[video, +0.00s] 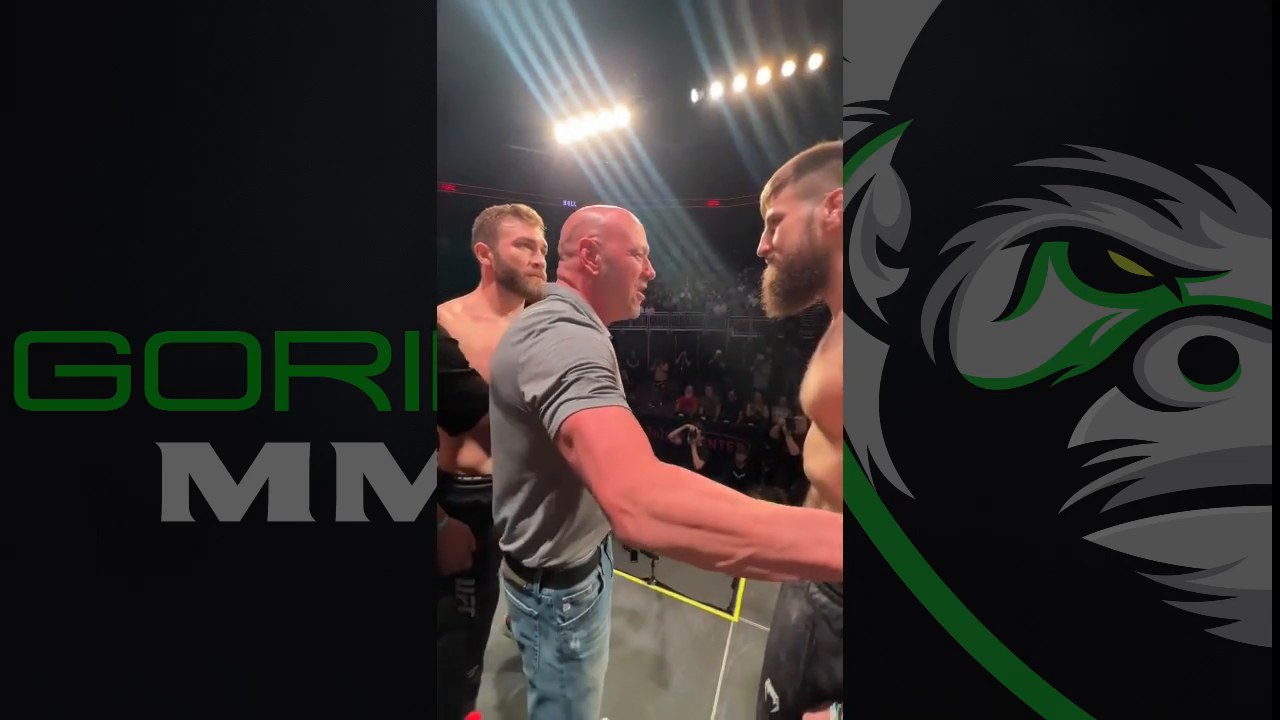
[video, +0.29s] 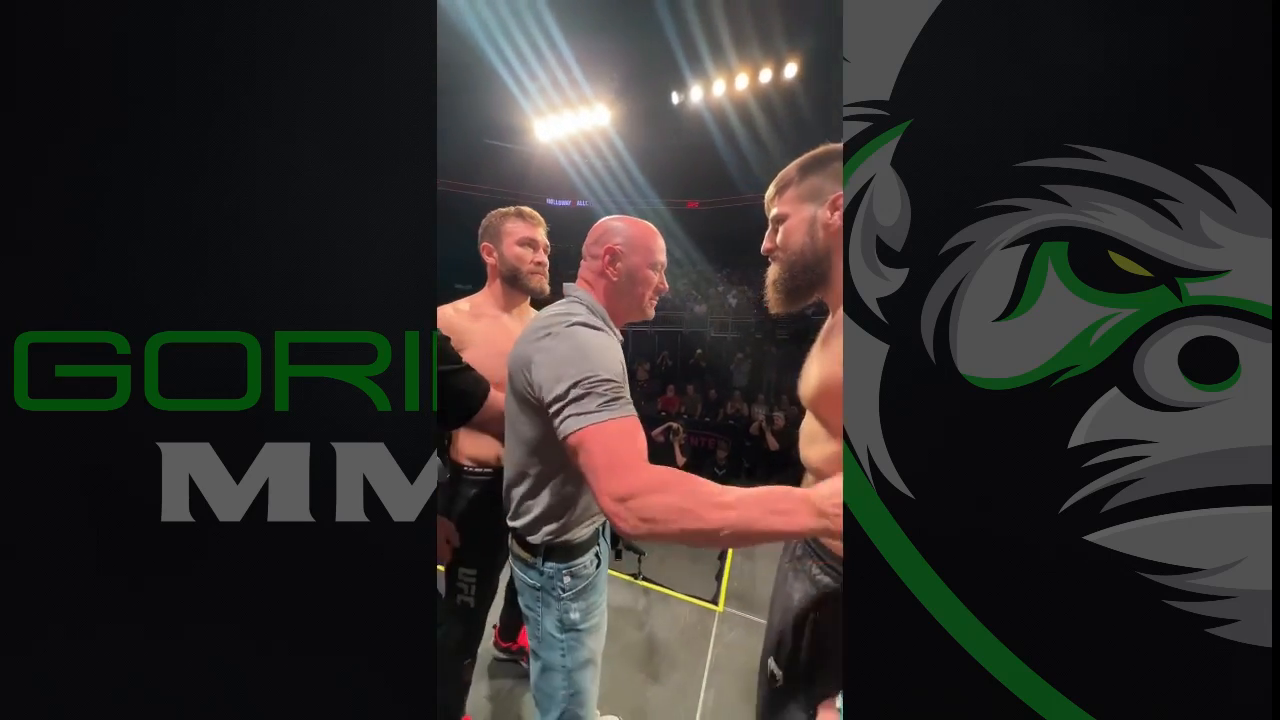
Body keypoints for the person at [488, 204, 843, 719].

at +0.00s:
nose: (651, 271)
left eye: (647, 256)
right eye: (638, 254)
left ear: (588, 259)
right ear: (589, 256)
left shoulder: (557, 324)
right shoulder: (560, 336)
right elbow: (641, 503)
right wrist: (844, 543)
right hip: (559, 586)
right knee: (566, 710)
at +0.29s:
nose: (665, 285)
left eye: (664, 271)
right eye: (655, 269)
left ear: (607, 265)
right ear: (610, 262)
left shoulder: (572, 327)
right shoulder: (577, 341)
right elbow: (633, 501)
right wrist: (816, 509)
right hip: (559, 563)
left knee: (565, 666)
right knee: (565, 703)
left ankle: (574, 708)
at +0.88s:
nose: (611, 279)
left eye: (611, 267)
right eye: (602, 266)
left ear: (554, 264)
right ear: (558, 262)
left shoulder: (523, 320)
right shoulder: (549, 334)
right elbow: (640, 441)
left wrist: (639, 450)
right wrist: (764, 448)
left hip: (519, 528)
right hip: (544, 539)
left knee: (524, 643)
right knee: (586, 690)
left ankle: (519, 711)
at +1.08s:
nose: (590, 270)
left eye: (588, 259)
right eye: (578, 258)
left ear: (530, 262)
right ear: (532, 259)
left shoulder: (502, 318)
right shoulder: (530, 331)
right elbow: (626, 436)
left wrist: (610, 438)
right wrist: (746, 447)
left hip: (498, 527)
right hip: (525, 537)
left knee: (496, 646)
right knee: (560, 692)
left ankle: (492, 713)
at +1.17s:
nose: (583, 269)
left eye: (581, 258)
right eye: (572, 257)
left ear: (524, 260)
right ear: (525, 258)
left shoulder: (498, 318)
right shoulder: (523, 331)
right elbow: (620, 435)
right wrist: (741, 452)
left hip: (493, 528)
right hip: (517, 539)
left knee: (489, 645)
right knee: (551, 693)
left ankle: (480, 713)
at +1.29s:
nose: (569, 266)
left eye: (567, 254)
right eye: (557, 254)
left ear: (510, 257)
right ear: (510, 256)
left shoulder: (485, 316)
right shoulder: (510, 332)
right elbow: (609, 435)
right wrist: (736, 452)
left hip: (482, 529)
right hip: (507, 540)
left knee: (474, 640)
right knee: (540, 691)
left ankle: (457, 713)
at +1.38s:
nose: (563, 262)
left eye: (561, 250)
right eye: (550, 250)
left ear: (500, 254)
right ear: (502, 253)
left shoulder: (468, 315)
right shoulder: (504, 331)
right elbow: (603, 434)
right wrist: (725, 449)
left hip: (474, 528)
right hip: (504, 541)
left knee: (467, 632)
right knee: (534, 692)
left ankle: (446, 708)